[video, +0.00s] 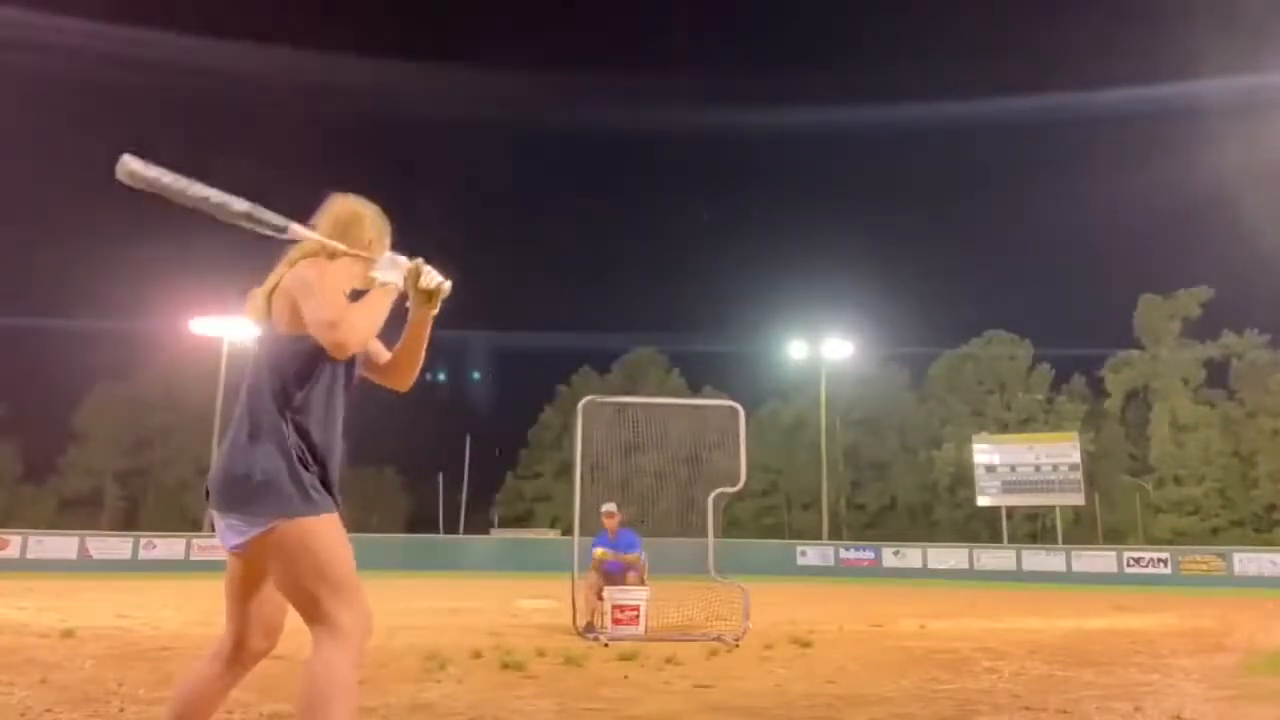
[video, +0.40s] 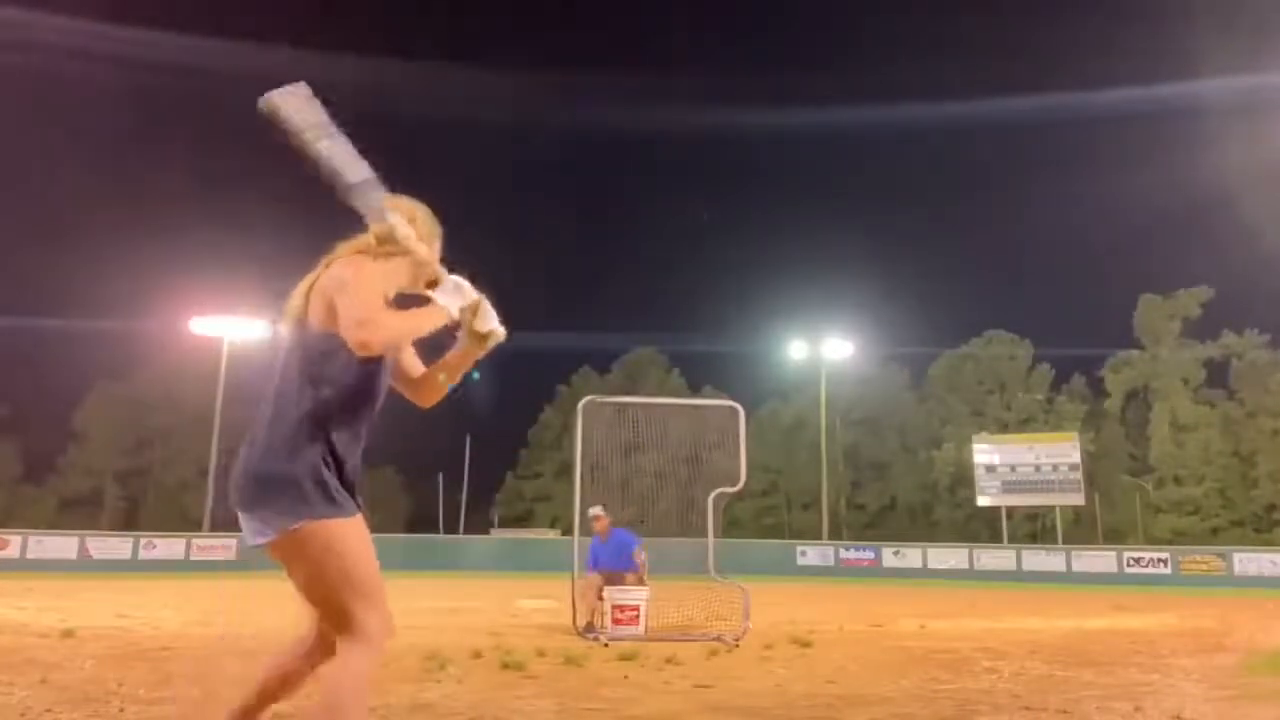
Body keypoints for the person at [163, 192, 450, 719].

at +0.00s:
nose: (378, 263)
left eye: (380, 257)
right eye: (376, 253)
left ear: (322, 236)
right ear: (360, 245)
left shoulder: (325, 297)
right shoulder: (315, 271)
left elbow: (398, 375)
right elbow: (342, 336)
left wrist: (423, 314)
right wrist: (390, 286)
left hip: (248, 475)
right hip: (274, 474)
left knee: (248, 639)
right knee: (345, 625)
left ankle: (176, 713)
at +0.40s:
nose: (426, 281)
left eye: (429, 272)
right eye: (427, 267)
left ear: (390, 240)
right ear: (411, 248)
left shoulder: (377, 309)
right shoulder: (353, 268)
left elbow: (424, 391)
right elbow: (365, 333)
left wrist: (470, 348)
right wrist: (445, 309)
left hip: (307, 477)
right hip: (293, 475)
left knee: (332, 634)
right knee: (369, 630)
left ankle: (242, 712)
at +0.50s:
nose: (442, 286)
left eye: (446, 277)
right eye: (443, 272)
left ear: (406, 255)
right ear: (426, 257)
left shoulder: (396, 315)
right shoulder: (362, 272)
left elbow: (427, 398)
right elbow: (353, 335)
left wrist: (468, 358)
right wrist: (446, 318)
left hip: (335, 484)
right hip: (289, 485)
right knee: (369, 629)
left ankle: (298, 709)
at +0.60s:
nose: (457, 283)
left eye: (459, 273)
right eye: (458, 271)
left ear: (415, 257)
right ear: (442, 263)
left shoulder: (413, 316)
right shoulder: (367, 275)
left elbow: (428, 401)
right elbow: (341, 336)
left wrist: (462, 365)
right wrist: (437, 322)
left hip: (346, 486)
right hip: (299, 489)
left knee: (424, 591)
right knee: (372, 632)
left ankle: (339, 703)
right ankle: (329, 715)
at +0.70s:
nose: (460, 293)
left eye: (464, 284)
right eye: (462, 280)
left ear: (421, 258)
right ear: (443, 268)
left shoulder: (423, 324)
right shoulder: (375, 282)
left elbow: (436, 405)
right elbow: (331, 339)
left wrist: (460, 366)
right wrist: (429, 325)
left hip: (355, 488)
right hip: (304, 493)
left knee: (446, 581)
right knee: (376, 628)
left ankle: (379, 706)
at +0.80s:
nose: (473, 307)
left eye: (476, 299)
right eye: (472, 296)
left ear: (458, 292)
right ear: (450, 285)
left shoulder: (442, 333)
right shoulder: (387, 294)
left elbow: (456, 408)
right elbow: (321, 337)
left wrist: (459, 361)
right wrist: (413, 317)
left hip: (374, 493)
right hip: (316, 500)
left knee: (465, 587)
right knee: (389, 637)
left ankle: (414, 708)